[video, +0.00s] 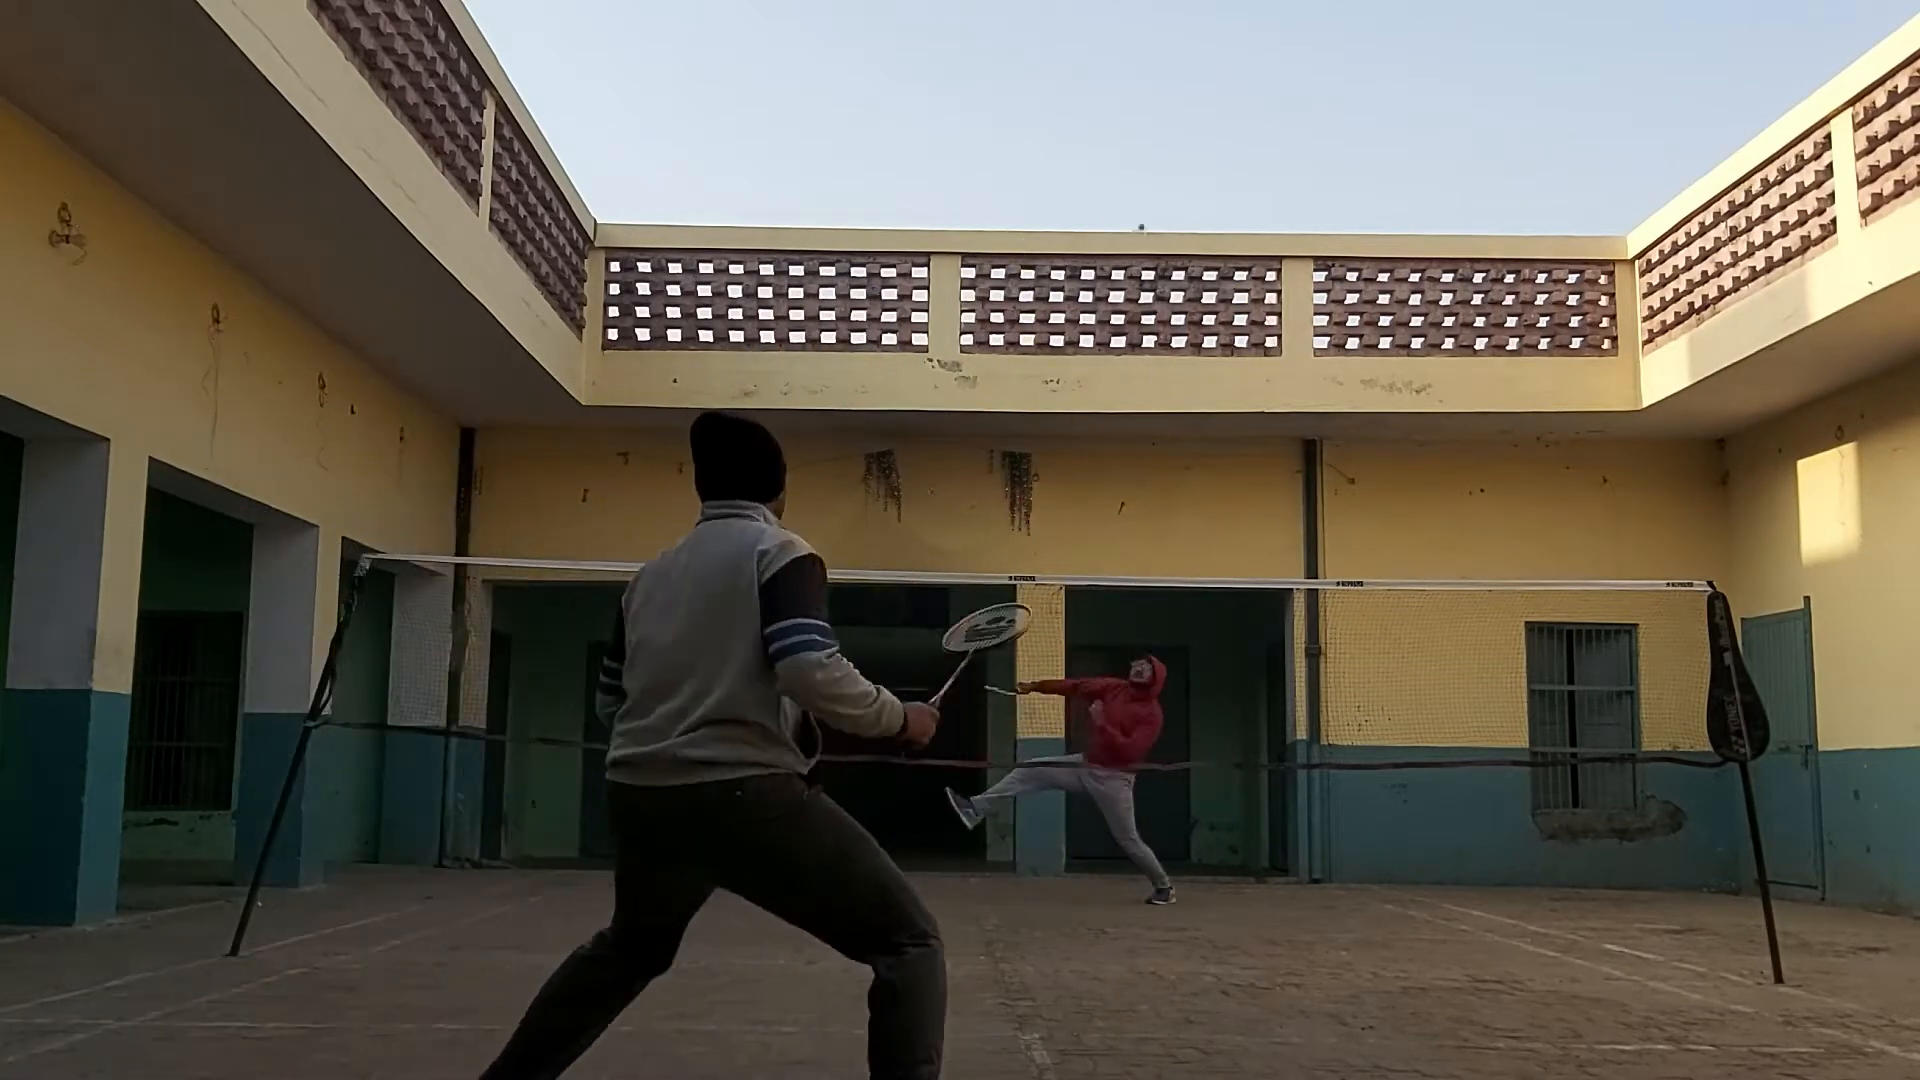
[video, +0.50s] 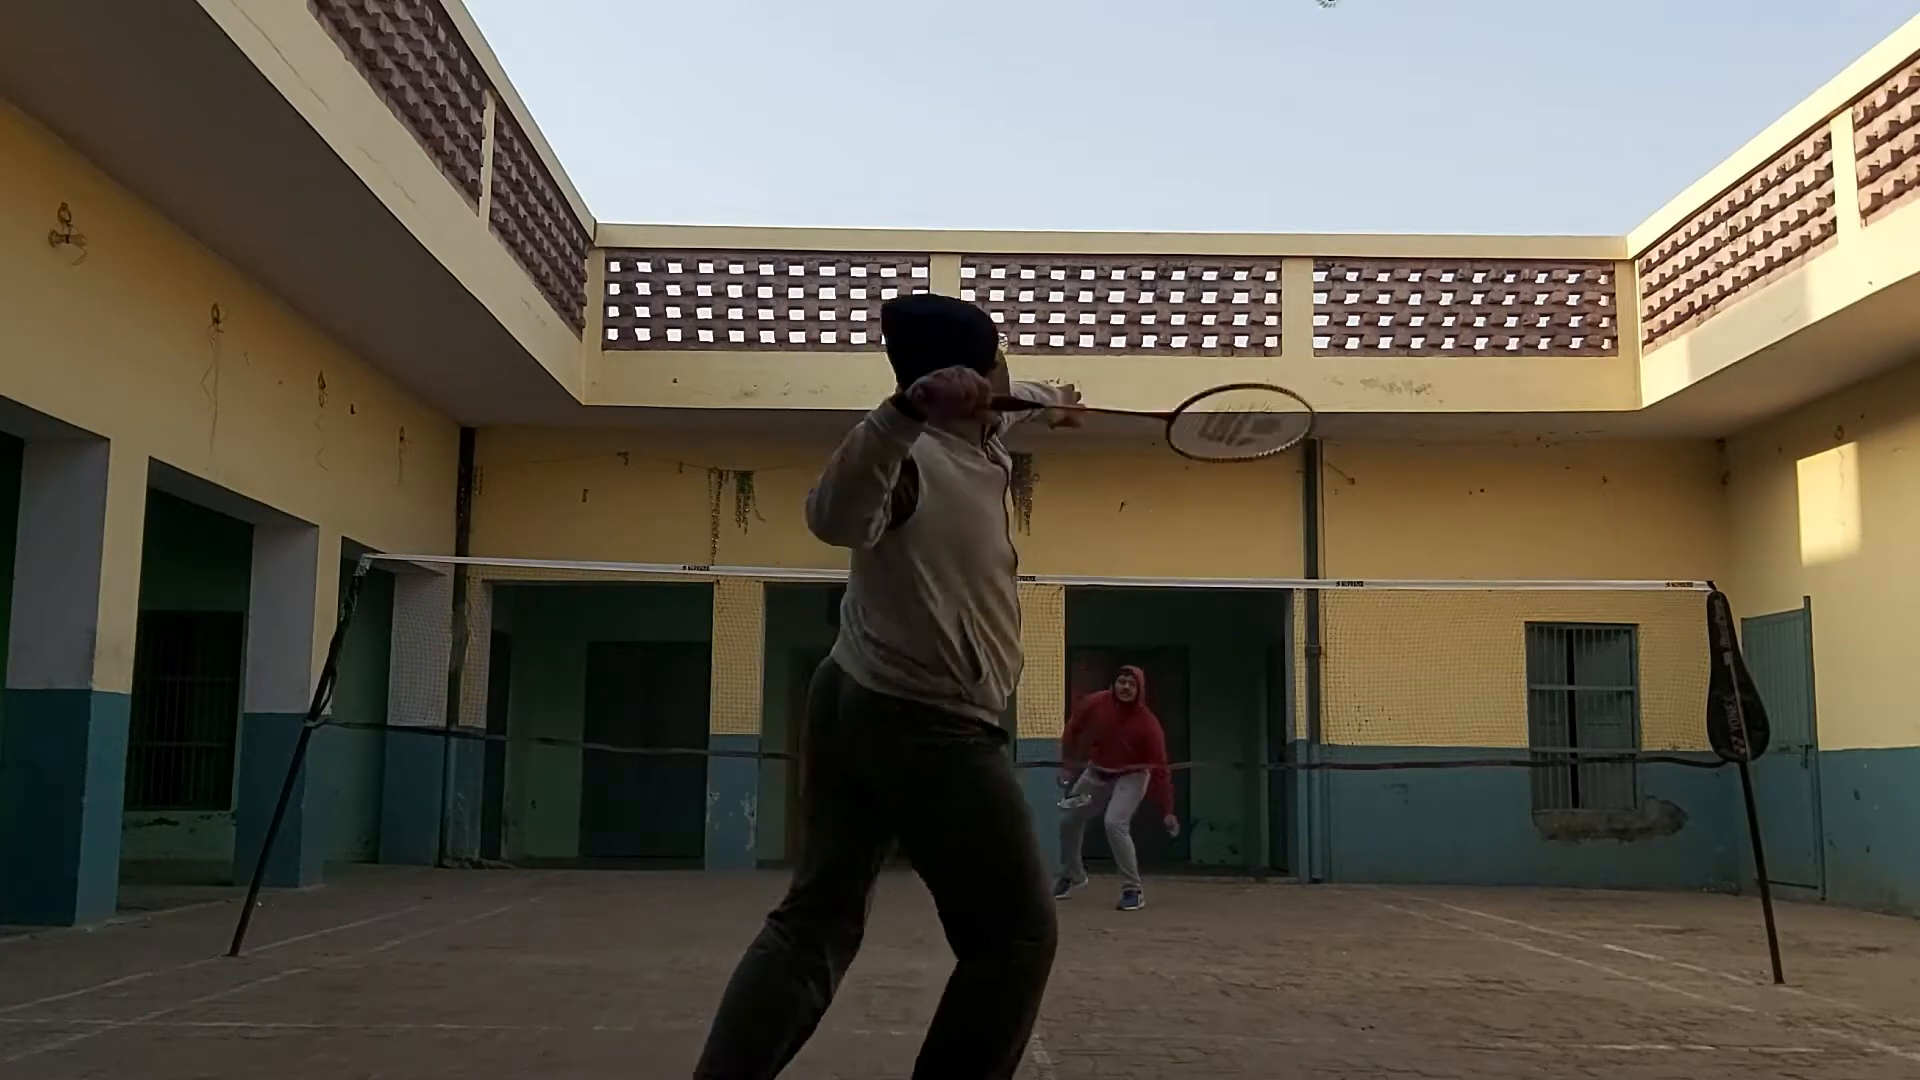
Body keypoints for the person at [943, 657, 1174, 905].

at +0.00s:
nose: (1138, 669)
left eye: (1144, 667)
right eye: (1136, 665)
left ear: (1154, 678)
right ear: (1131, 671)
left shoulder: (1152, 715)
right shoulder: (1114, 688)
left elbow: (1129, 751)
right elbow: (1075, 686)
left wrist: (1101, 723)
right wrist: (1034, 686)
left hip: (1115, 780)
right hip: (1084, 768)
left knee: (1128, 840)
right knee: (1027, 773)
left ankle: (1164, 885)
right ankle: (973, 809)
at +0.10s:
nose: (1147, 673)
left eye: (1154, 670)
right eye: (1146, 668)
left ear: (1164, 680)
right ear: (1140, 672)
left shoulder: (1162, 718)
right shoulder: (1122, 690)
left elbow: (1153, 759)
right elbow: (1085, 704)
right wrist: (1046, 719)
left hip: (1118, 779)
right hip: (1089, 759)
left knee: (1129, 839)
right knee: (1033, 755)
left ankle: (1162, 887)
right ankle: (995, 811)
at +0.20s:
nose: (1149, 665)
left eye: (1156, 663)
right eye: (1146, 660)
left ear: (1164, 672)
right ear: (1139, 663)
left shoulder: (1162, 708)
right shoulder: (1122, 679)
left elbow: (1165, 752)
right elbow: (1087, 689)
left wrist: (1145, 768)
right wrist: (1059, 710)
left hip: (1120, 773)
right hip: (1090, 751)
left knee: (1132, 834)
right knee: (1032, 754)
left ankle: (1163, 884)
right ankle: (1027, 813)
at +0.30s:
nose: (1141, 667)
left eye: (1147, 665)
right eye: (1138, 662)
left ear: (1156, 671)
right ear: (1131, 663)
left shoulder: (1159, 707)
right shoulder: (1112, 674)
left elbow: (1162, 752)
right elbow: (1081, 681)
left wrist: (1150, 783)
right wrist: (1062, 712)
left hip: (1129, 768)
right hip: (1095, 753)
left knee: (1117, 821)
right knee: (1041, 770)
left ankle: (1152, 867)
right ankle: (1036, 820)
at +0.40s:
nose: (1135, 680)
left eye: (1141, 677)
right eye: (1131, 675)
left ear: (1148, 682)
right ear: (1123, 677)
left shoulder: (1152, 717)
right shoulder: (1103, 691)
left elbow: (1161, 764)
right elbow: (1073, 704)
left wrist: (1157, 806)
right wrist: (1061, 741)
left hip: (1134, 771)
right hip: (1099, 763)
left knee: (1119, 821)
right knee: (1052, 797)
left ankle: (1132, 890)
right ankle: (1043, 845)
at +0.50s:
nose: (1125, 687)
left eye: (1131, 684)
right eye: (1122, 682)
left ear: (1139, 689)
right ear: (1114, 685)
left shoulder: (1147, 723)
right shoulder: (1095, 704)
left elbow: (1160, 770)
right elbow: (1071, 732)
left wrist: (1168, 812)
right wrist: (1067, 766)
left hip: (1132, 776)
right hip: (1097, 772)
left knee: (1115, 823)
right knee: (1070, 819)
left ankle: (1132, 889)